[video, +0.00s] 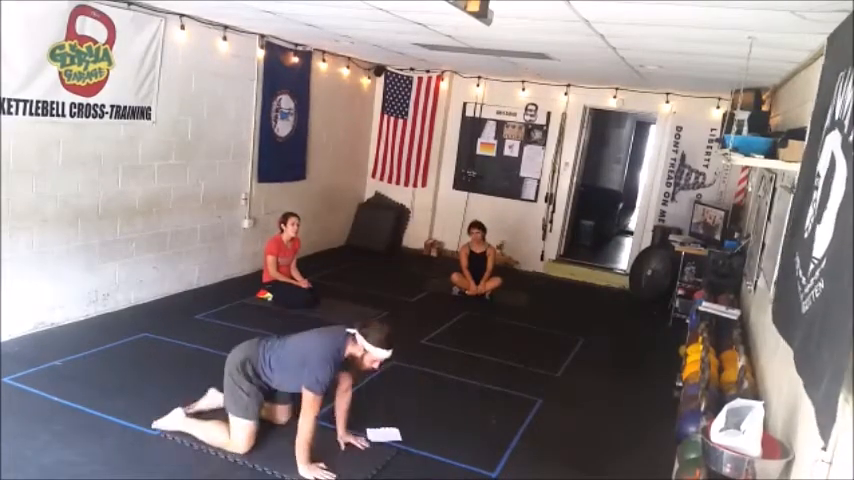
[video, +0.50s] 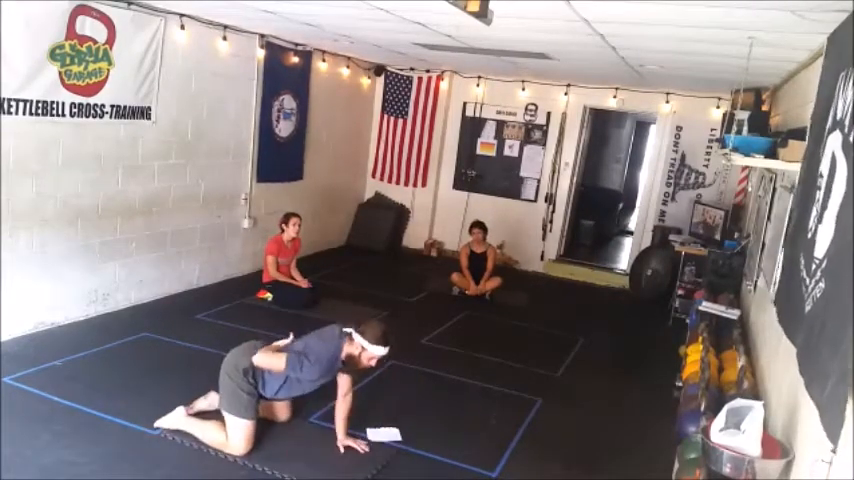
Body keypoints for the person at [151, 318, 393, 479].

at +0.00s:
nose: (378, 364)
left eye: (383, 360)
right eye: (376, 359)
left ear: (361, 342)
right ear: (359, 347)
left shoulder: (350, 340)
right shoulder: (323, 363)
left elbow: (343, 388)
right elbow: (307, 415)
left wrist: (342, 432)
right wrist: (304, 464)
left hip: (271, 356)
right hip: (245, 364)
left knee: (281, 414)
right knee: (240, 442)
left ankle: (221, 400)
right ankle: (179, 421)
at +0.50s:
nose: (375, 363)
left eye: (379, 358)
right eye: (374, 356)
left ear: (362, 342)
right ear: (359, 347)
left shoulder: (347, 344)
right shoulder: (314, 362)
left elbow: (344, 393)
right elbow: (257, 358)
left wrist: (342, 436)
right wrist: (277, 345)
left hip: (271, 364)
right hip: (243, 367)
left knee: (281, 413)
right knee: (238, 445)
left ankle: (217, 402)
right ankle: (181, 420)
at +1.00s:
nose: (374, 330)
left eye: (374, 323)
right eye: (371, 323)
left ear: (353, 322)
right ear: (354, 323)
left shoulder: (345, 348)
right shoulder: (320, 354)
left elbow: (344, 393)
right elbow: (260, 365)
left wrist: (343, 437)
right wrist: (282, 344)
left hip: (266, 358)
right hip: (241, 368)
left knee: (281, 410)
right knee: (237, 446)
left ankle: (217, 402)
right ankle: (180, 419)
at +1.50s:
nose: (349, 372)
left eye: (353, 371)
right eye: (353, 370)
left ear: (359, 353)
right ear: (354, 362)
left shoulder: (346, 339)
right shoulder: (314, 350)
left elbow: (344, 390)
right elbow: (255, 355)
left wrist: (342, 435)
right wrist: (271, 330)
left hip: (275, 366)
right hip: (244, 368)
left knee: (281, 413)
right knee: (236, 446)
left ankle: (217, 400)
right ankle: (182, 419)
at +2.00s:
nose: (341, 369)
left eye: (346, 368)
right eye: (345, 365)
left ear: (353, 351)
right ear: (349, 357)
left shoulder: (343, 338)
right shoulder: (306, 347)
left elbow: (342, 391)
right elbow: (248, 348)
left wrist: (343, 436)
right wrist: (266, 325)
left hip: (271, 367)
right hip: (241, 369)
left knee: (281, 412)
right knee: (236, 446)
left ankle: (217, 400)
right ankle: (182, 418)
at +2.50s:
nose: (373, 317)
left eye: (373, 312)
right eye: (368, 313)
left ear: (356, 319)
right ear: (347, 317)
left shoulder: (348, 349)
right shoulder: (319, 344)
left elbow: (344, 393)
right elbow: (261, 366)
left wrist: (342, 436)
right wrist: (280, 342)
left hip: (270, 363)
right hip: (243, 368)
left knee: (281, 411)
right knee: (237, 446)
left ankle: (216, 400)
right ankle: (182, 417)